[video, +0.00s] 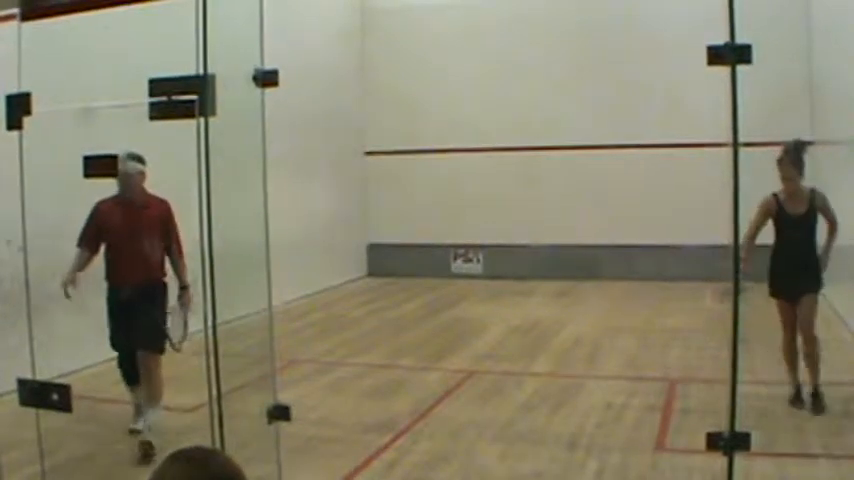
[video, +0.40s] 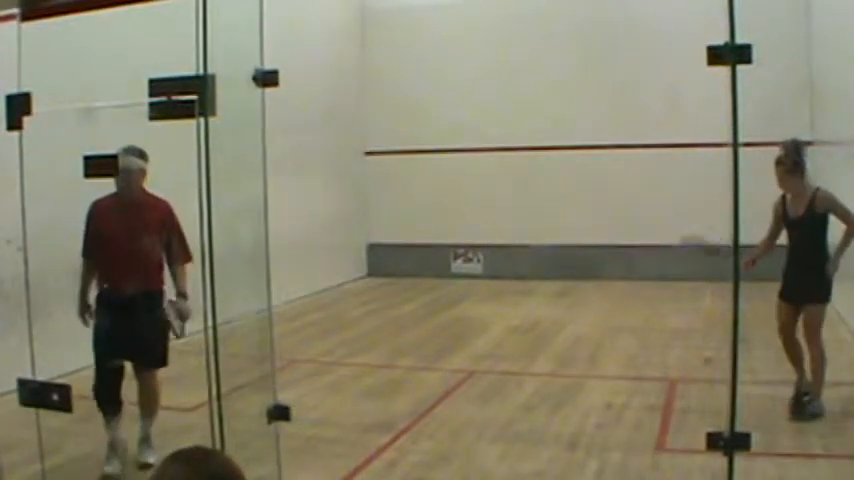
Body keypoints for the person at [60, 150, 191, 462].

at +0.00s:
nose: (130, 182)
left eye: (135, 176)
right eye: (125, 177)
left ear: (144, 177)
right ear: (118, 178)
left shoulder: (160, 209)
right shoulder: (105, 210)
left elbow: (174, 251)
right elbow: (89, 246)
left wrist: (184, 287)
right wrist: (74, 270)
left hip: (152, 290)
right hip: (119, 291)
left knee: (149, 353)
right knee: (126, 355)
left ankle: (153, 413)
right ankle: (139, 409)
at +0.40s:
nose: (126, 179)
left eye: (133, 173)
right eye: (122, 172)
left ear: (145, 174)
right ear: (115, 174)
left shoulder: (160, 210)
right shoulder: (100, 210)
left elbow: (177, 256)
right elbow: (90, 258)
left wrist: (182, 295)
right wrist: (84, 296)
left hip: (148, 301)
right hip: (110, 302)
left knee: (146, 373)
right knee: (107, 376)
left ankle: (146, 441)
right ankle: (115, 447)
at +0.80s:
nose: (119, 183)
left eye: (126, 177)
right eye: (114, 176)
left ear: (137, 178)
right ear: (103, 178)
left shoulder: (152, 216)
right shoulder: (86, 221)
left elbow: (168, 266)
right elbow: (58, 269)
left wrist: (174, 300)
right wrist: (32, 306)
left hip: (143, 318)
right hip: (102, 320)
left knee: (149, 396)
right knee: (107, 399)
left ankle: (147, 459)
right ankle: (116, 472)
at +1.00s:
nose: (128, 181)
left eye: (136, 175)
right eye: (122, 174)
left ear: (147, 178)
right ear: (110, 174)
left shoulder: (159, 219)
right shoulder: (88, 219)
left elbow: (175, 272)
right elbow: (39, 258)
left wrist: (187, 300)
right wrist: (5, 266)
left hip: (149, 328)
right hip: (105, 330)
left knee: (156, 413)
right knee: (108, 415)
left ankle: (162, 475)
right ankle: (116, 473)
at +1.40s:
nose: (169, 195)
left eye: (174, 188)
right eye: (162, 185)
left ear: (180, 187)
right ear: (143, 179)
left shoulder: (183, 225)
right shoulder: (107, 221)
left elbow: (194, 284)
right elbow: (66, 263)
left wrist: (212, 317)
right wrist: (28, 258)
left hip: (173, 338)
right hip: (126, 342)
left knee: (178, 435)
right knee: (136, 445)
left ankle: (177, 479)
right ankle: (121, 476)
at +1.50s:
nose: (173, 196)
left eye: (179, 189)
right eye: (167, 186)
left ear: (183, 188)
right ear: (146, 177)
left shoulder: (180, 222)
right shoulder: (109, 222)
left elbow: (193, 283)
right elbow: (79, 280)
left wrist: (213, 314)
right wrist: (61, 287)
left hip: (173, 340)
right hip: (128, 346)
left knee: (179, 443)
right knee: (144, 450)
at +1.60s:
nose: (180, 202)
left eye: (184, 195)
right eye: (174, 193)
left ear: (184, 193)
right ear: (150, 184)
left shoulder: (176, 226)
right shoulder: (107, 228)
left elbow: (190, 284)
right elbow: (86, 289)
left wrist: (211, 315)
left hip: (173, 345)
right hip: (129, 348)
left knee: (184, 437)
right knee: (145, 451)